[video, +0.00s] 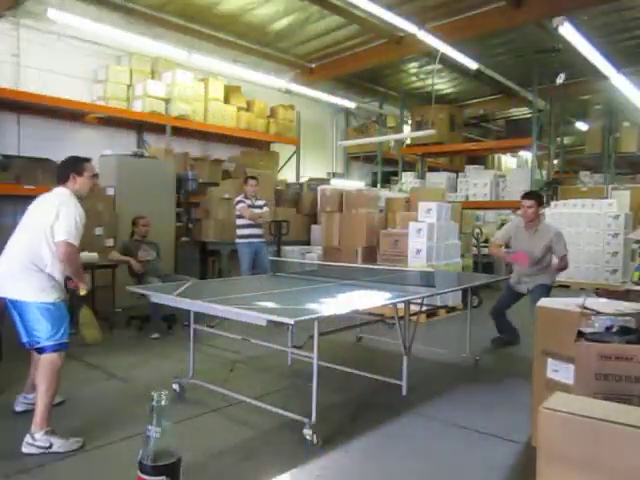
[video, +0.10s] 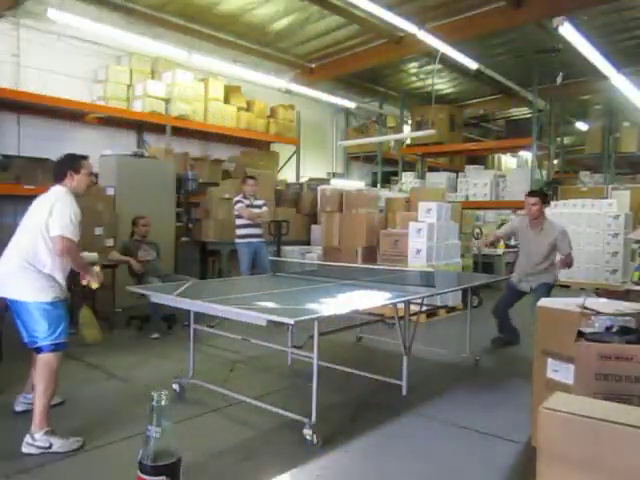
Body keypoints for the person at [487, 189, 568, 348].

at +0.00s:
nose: (525, 212)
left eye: (529, 207)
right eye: (523, 207)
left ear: (539, 209)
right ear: (520, 209)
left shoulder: (552, 233)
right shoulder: (514, 226)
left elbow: (564, 261)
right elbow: (493, 247)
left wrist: (553, 270)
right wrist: (509, 257)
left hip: (541, 278)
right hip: (519, 278)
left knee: (539, 312)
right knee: (497, 311)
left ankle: (543, 347)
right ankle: (510, 336)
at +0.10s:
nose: (529, 209)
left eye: (534, 205)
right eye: (527, 205)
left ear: (543, 207)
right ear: (524, 206)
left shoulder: (556, 231)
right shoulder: (519, 223)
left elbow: (569, 260)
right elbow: (500, 234)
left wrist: (563, 263)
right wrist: (490, 241)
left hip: (544, 277)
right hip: (521, 276)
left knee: (538, 308)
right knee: (499, 309)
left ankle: (542, 345)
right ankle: (510, 336)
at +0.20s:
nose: (529, 201)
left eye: (534, 197)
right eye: (528, 197)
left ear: (546, 200)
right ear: (527, 199)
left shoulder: (559, 224)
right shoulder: (520, 217)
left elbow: (570, 253)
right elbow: (502, 231)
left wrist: (562, 258)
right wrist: (487, 243)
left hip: (545, 272)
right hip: (522, 270)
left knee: (542, 308)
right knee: (501, 304)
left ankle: (545, 344)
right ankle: (507, 334)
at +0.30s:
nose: (527, 195)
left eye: (532, 191)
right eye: (526, 191)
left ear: (543, 194)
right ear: (524, 192)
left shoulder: (557, 220)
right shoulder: (518, 213)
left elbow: (570, 249)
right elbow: (500, 233)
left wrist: (558, 258)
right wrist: (495, 245)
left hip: (545, 268)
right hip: (522, 266)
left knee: (542, 307)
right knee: (500, 299)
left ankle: (545, 344)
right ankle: (502, 330)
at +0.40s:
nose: (521, 194)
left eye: (525, 191)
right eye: (519, 191)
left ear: (536, 193)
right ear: (519, 193)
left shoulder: (551, 217)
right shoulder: (515, 214)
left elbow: (566, 247)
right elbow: (500, 236)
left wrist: (546, 260)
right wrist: (503, 253)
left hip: (544, 270)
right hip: (522, 266)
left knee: (542, 309)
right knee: (501, 298)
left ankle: (545, 345)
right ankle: (492, 329)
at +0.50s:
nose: (514, 198)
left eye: (518, 194)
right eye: (512, 194)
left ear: (528, 197)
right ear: (511, 197)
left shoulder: (543, 220)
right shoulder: (509, 219)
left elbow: (559, 249)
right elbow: (500, 240)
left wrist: (534, 263)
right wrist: (504, 255)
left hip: (542, 270)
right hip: (521, 268)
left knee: (540, 307)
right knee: (501, 296)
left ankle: (545, 346)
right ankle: (489, 331)